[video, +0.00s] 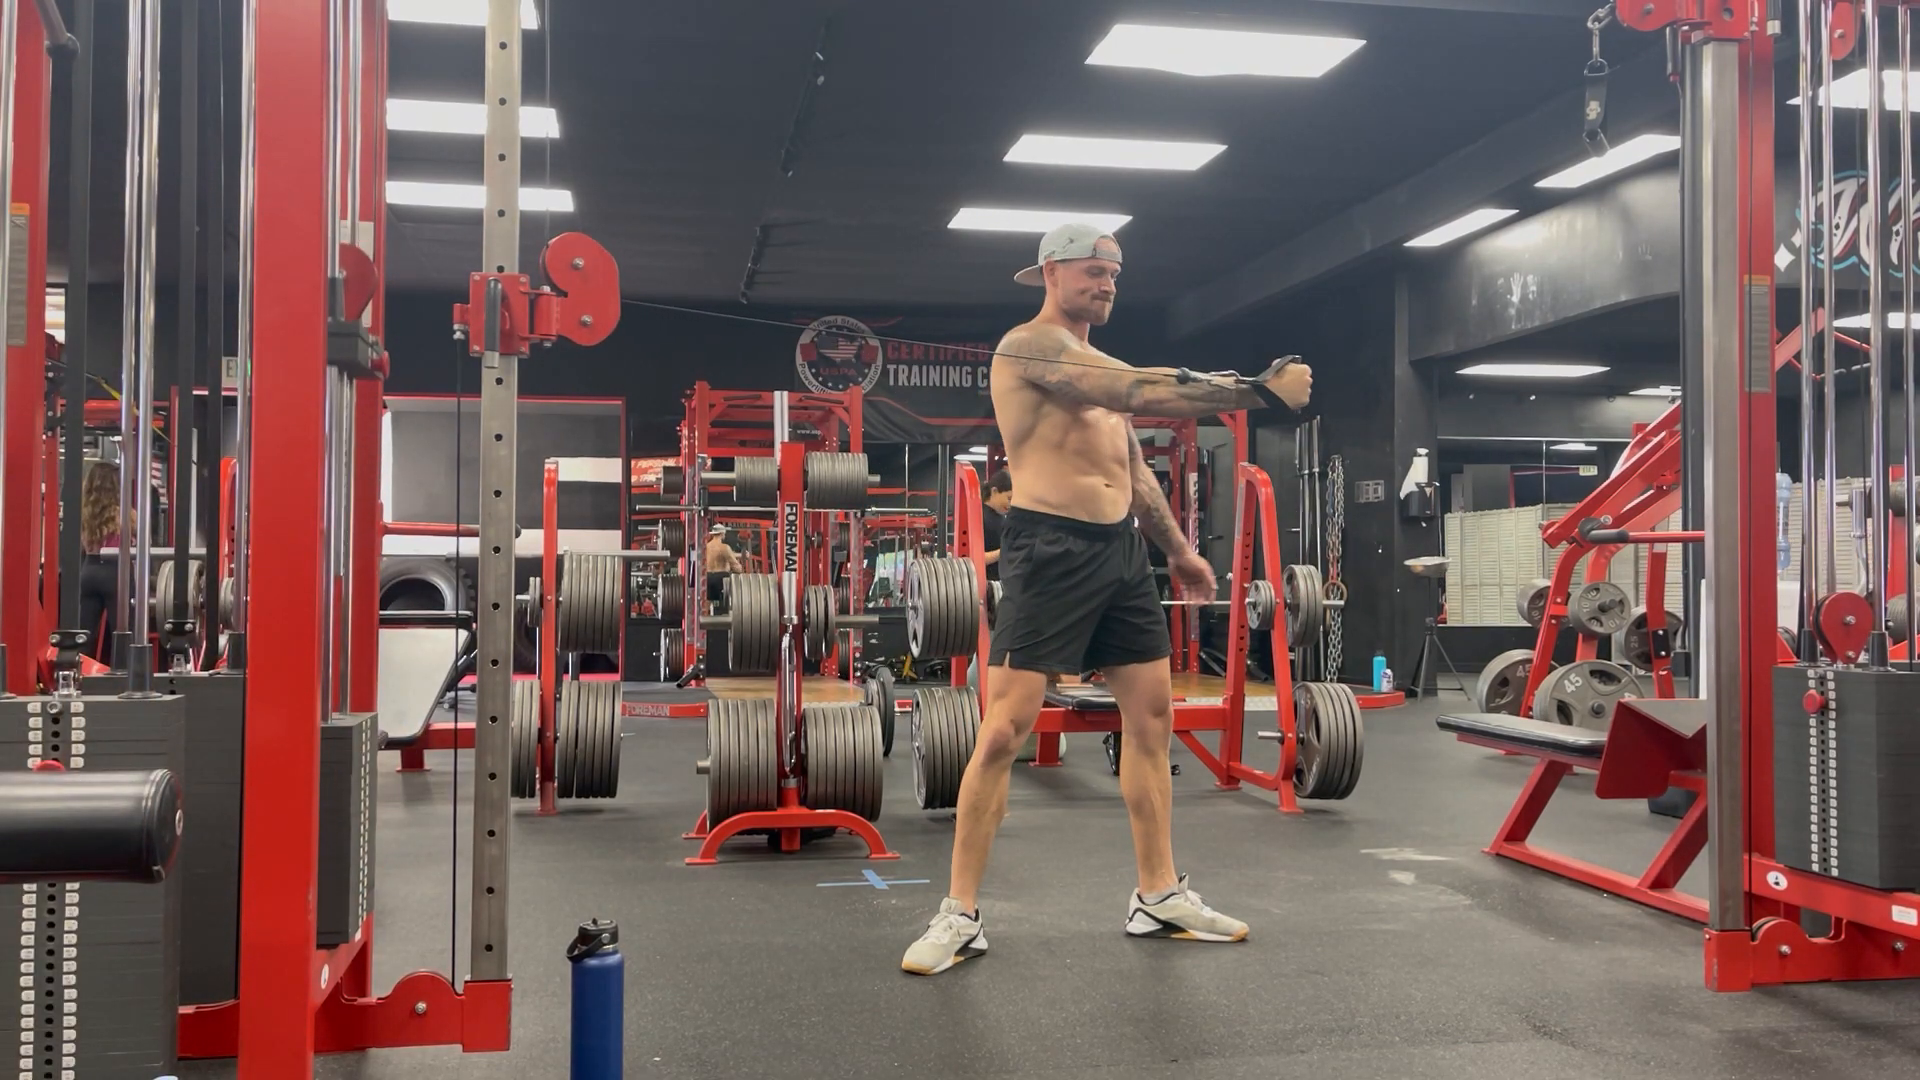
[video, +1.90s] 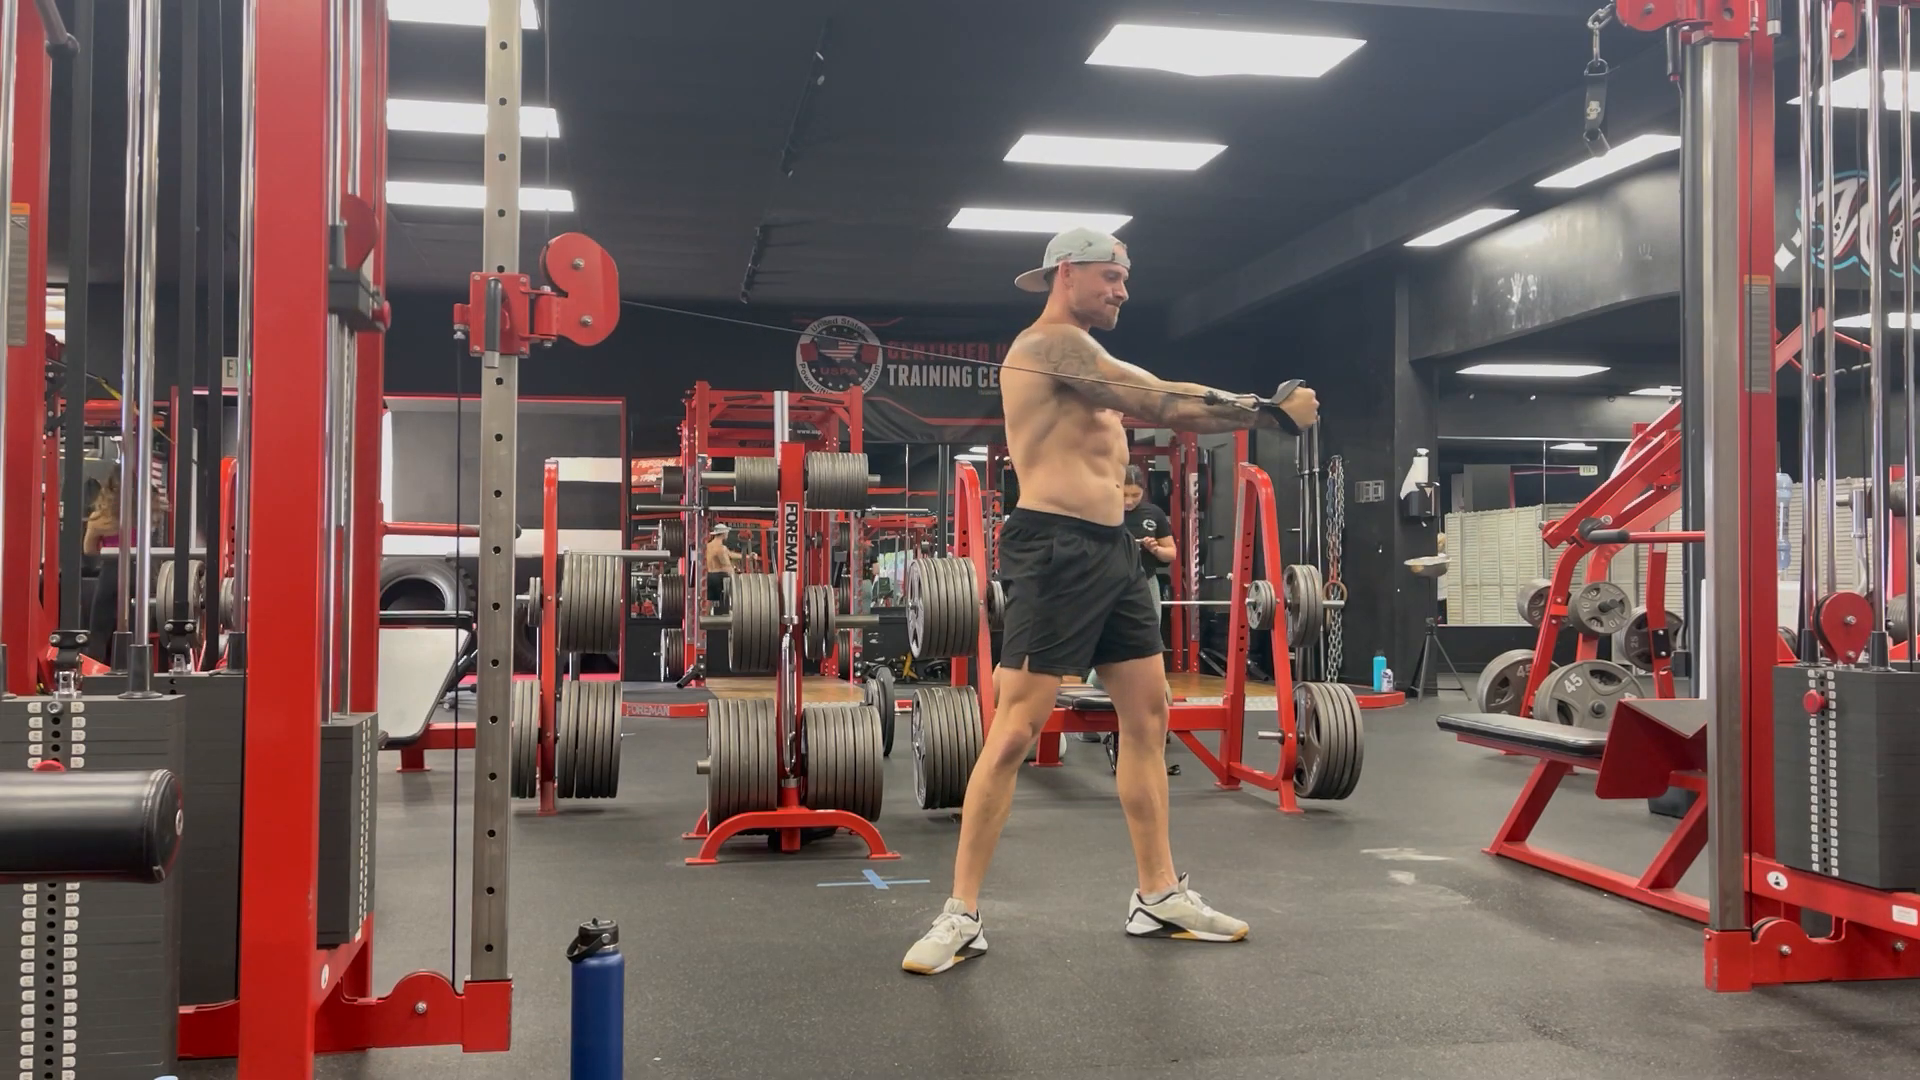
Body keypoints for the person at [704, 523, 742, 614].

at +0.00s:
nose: (724, 536)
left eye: (724, 534)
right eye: (724, 534)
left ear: (713, 534)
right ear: (722, 534)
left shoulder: (707, 546)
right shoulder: (724, 547)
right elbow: (735, 565)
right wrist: (739, 570)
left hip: (709, 573)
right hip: (722, 573)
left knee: (709, 600)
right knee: (722, 602)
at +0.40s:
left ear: (713, 534)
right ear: (723, 534)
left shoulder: (707, 546)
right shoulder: (729, 547)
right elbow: (739, 561)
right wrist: (738, 570)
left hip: (710, 573)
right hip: (724, 573)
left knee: (708, 600)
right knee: (724, 603)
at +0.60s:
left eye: (712, 534)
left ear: (712, 534)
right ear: (722, 535)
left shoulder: (707, 546)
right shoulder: (730, 548)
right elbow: (742, 563)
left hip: (710, 573)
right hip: (726, 574)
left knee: (708, 601)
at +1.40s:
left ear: (713, 533)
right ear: (724, 534)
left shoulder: (708, 546)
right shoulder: (729, 548)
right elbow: (739, 560)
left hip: (711, 573)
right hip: (725, 574)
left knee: (711, 601)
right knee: (724, 602)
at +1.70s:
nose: (727, 535)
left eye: (726, 533)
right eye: (726, 534)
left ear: (715, 534)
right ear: (724, 535)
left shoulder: (709, 545)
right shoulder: (724, 548)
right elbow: (733, 564)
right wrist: (740, 575)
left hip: (710, 573)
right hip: (722, 573)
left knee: (712, 600)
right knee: (723, 602)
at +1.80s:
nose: (727, 535)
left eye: (727, 533)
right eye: (726, 533)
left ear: (715, 534)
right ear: (723, 534)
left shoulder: (709, 545)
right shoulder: (722, 548)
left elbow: (728, 554)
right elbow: (730, 565)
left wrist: (743, 556)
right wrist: (736, 572)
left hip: (710, 572)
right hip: (720, 573)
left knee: (712, 599)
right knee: (722, 601)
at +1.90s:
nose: (727, 535)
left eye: (727, 533)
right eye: (726, 533)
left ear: (716, 534)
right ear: (723, 534)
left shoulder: (709, 545)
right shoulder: (721, 548)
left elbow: (730, 554)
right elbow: (726, 566)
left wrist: (746, 557)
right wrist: (733, 570)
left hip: (711, 573)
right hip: (721, 573)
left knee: (712, 600)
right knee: (722, 602)